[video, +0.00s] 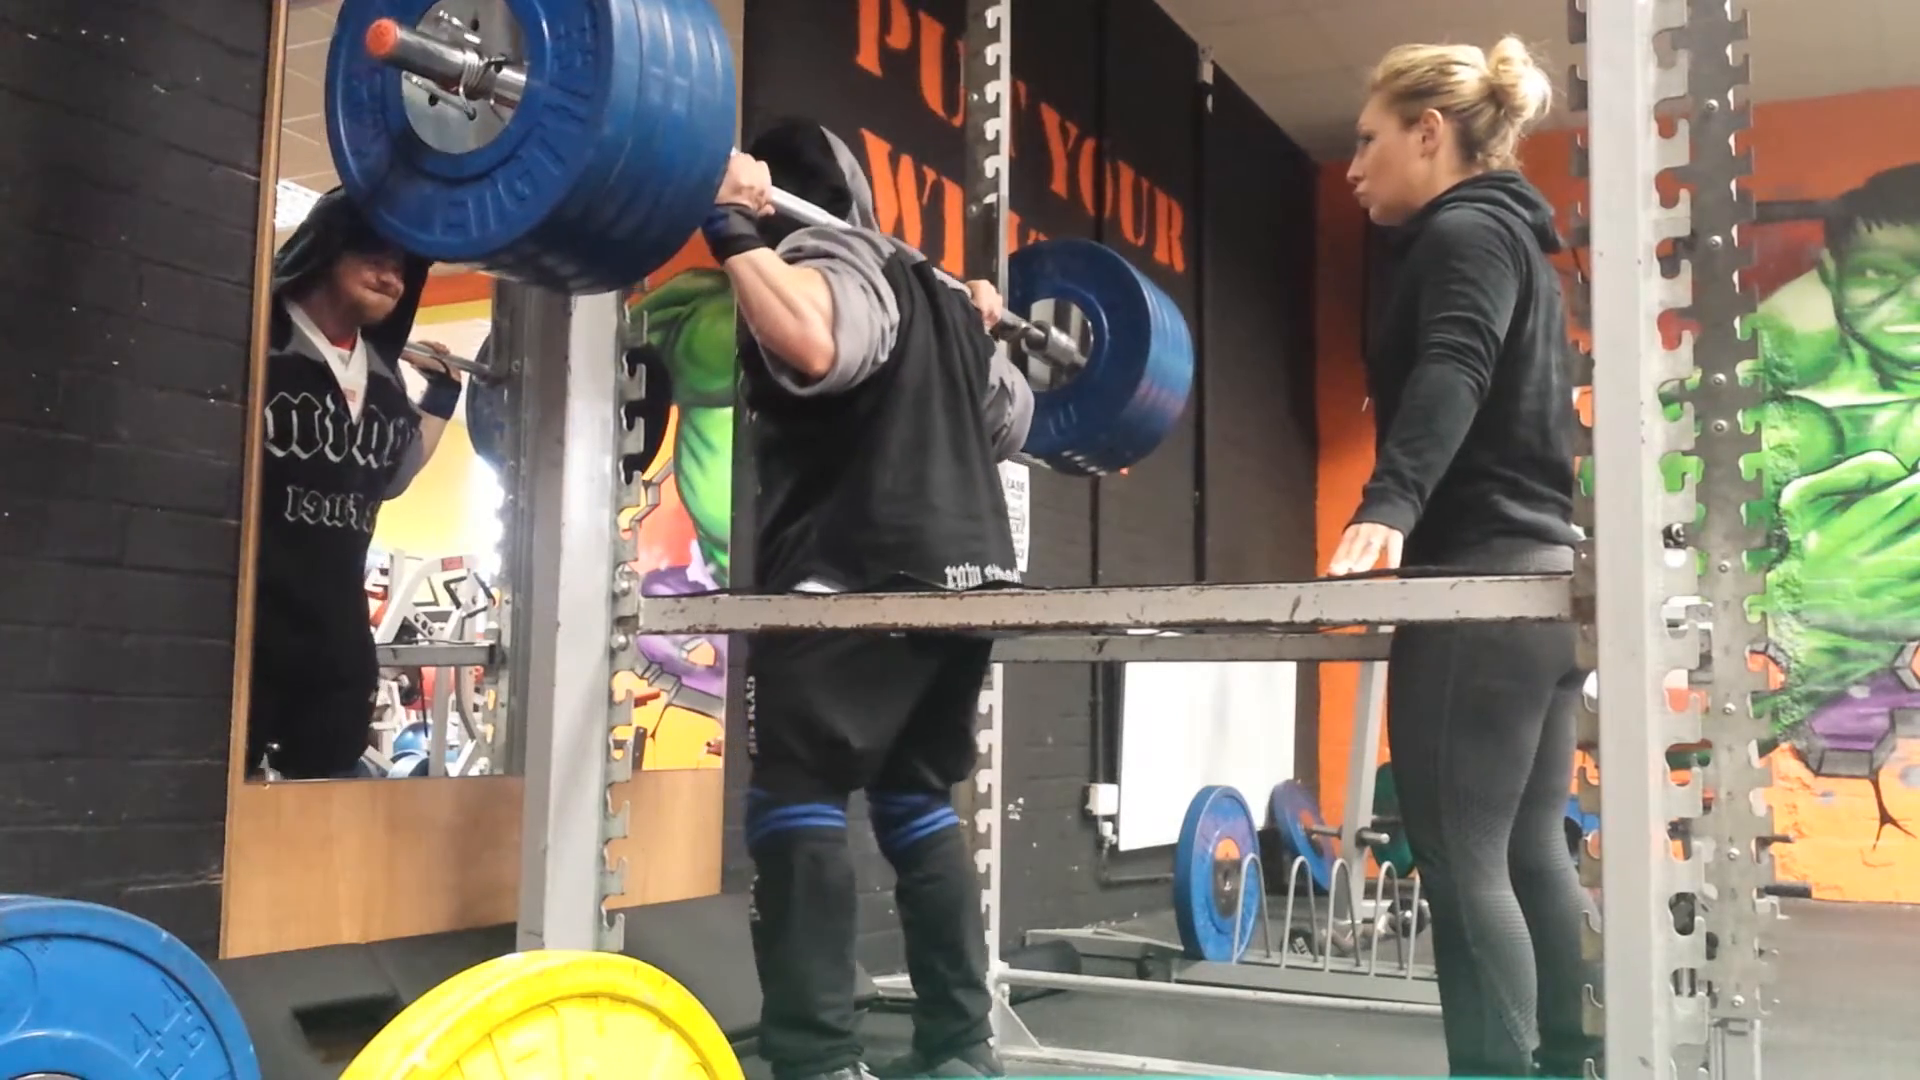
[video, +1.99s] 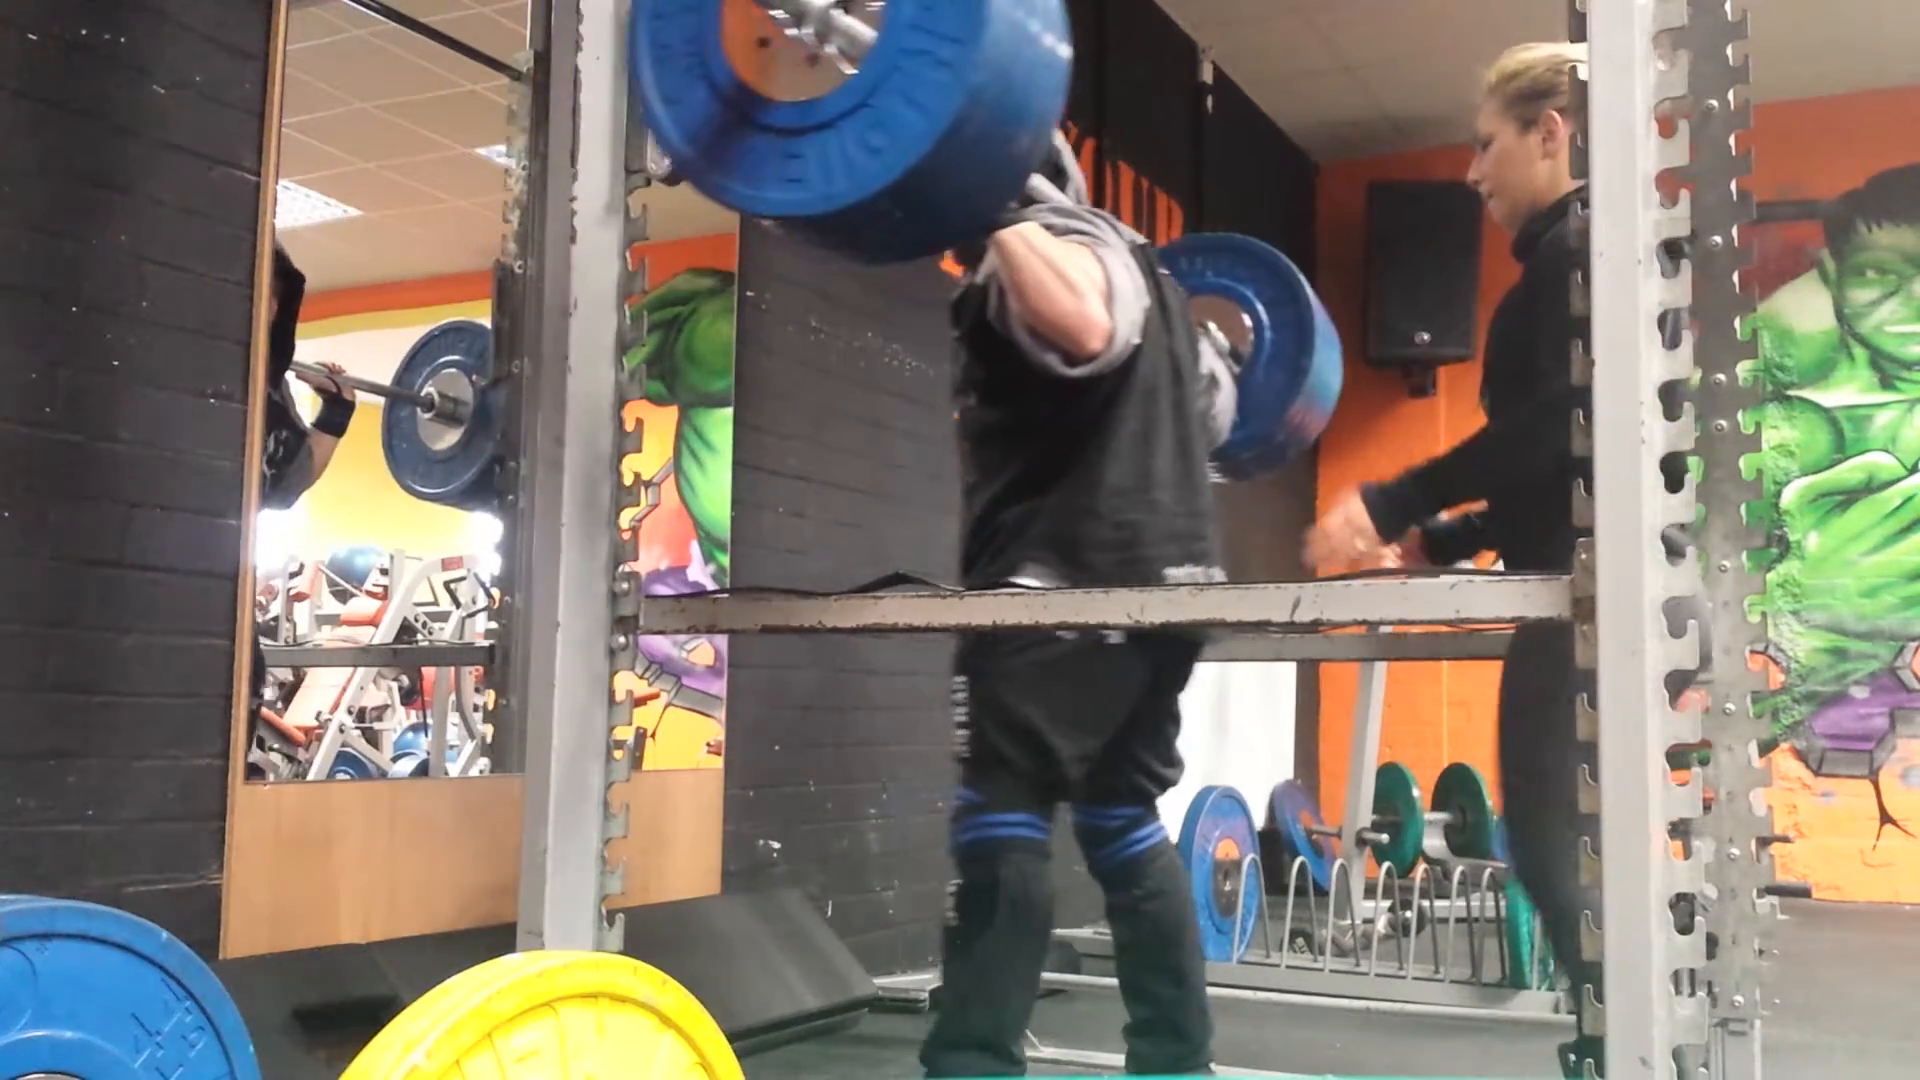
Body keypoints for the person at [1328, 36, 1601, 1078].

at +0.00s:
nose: (1354, 168)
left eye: (1367, 142)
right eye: (1355, 146)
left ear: (1433, 133)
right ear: (1439, 137)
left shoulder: (1466, 226)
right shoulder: (1509, 225)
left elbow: (1455, 361)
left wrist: (1386, 510)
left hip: (1483, 568)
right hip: (1540, 566)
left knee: (1464, 860)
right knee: (1533, 846)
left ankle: (1494, 1073)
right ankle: (1568, 1065)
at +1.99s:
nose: (1476, 168)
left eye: (1489, 143)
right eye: (1476, 146)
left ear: (1554, 135)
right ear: (1554, 140)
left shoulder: (1568, 256)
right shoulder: (1581, 255)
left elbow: (1534, 433)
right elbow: (1567, 483)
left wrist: (1385, 506)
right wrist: (1443, 543)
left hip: (1576, 592)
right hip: (1575, 587)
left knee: (1546, 835)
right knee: (1553, 834)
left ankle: (1620, 1044)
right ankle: (1622, 1040)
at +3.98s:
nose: (1545, 176)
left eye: (1563, 147)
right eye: (1539, 151)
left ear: (1628, 134)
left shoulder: (1674, 239)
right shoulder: (1660, 236)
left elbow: (1651, 435)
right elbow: (1608, 433)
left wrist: (1499, 492)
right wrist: (1491, 488)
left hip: (1685, 587)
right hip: (1690, 581)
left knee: (1660, 853)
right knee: (1694, 853)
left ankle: (1688, 1061)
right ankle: (1718, 1058)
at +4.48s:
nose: (1535, 180)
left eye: (1551, 152)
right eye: (1530, 156)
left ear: (1619, 141)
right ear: (1558, 148)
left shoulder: (1666, 253)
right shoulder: (1646, 251)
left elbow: (1628, 440)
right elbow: (1609, 457)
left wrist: (1466, 463)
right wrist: (1473, 504)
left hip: (1671, 580)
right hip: (1667, 574)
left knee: (1641, 850)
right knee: (1634, 845)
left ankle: (1662, 1051)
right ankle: (1652, 1048)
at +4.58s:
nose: (1535, 182)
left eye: (1553, 153)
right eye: (1528, 159)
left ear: (1618, 141)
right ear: (1540, 154)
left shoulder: (1669, 241)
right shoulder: (1637, 255)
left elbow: (1623, 427)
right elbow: (1607, 464)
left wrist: (1460, 466)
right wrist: (1471, 499)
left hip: (1682, 583)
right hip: (1663, 578)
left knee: (1646, 844)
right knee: (1647, 844)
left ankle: (1673, 1055)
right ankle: (1672, 1053)